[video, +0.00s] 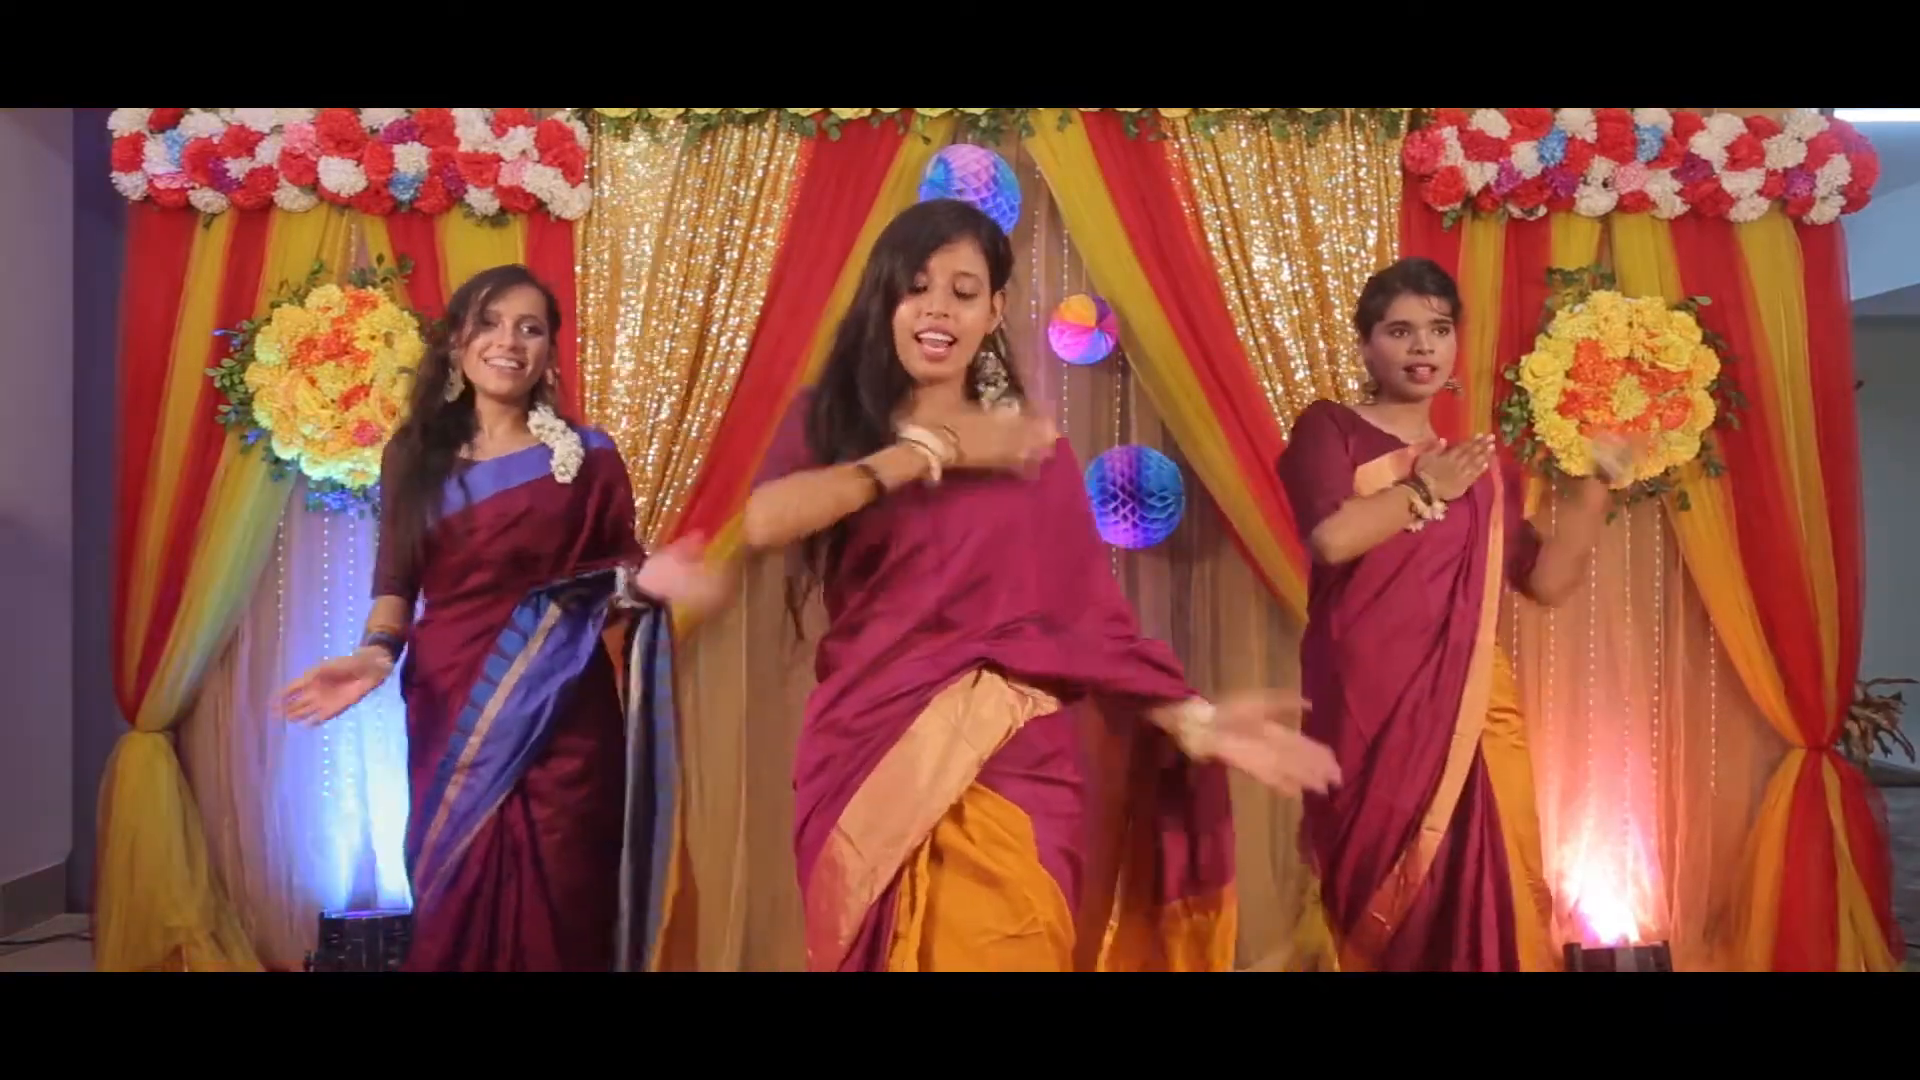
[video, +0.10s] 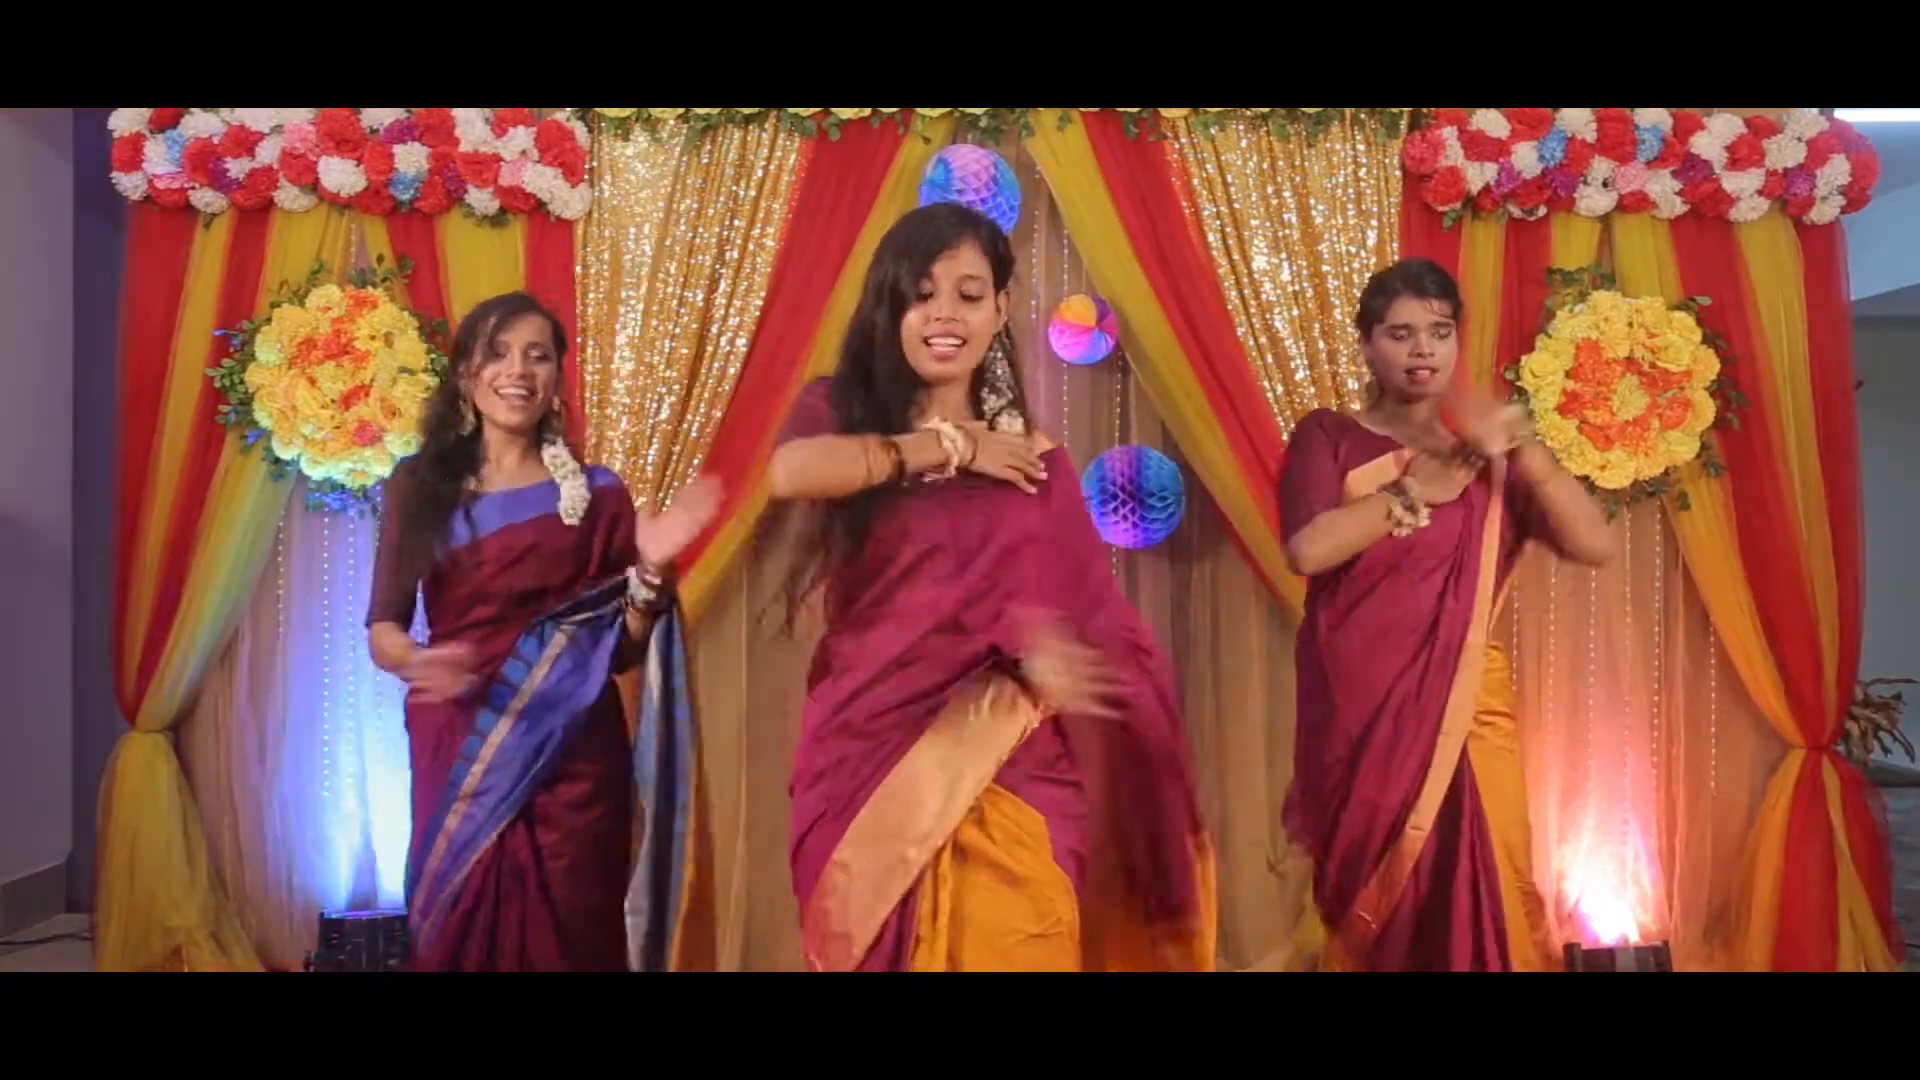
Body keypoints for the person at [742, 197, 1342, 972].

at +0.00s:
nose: (936, 310)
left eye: (963, 292)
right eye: (917, 287)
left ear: (994, 311)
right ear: (883, 300)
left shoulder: (1034, 443)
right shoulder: (835, 419)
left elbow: (1091, 615)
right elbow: (762, 522)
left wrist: (1187, 718)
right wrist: (923, 454)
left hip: (1018, 749)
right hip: (871, 747)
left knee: (1007, 947)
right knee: (876, 955)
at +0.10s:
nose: (945, 317)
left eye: (969, 296)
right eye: (922, 294)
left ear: (1002, 312)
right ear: (888, 308)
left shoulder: (1037, 460)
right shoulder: (837, 407)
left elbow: (1102, 620)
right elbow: (787, 474)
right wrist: (946, 446)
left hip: (1020, 741)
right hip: (878, 734)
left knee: (1023, 936)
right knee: (881, 940)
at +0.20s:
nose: (951, 317)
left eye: (974, 295)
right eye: (927, 299)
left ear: (1007, 312)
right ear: (894, 317)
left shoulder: (1042, 462)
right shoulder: (854, 417)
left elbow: (1120, 641)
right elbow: (766, 465)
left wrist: (966, 642)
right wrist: (947, 422)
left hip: (1004, 778)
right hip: (857, 775)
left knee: (1032, 949)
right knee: (878, 954)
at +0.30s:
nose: (949, 323)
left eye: (972, 300)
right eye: (925, 304)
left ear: (1008, 316)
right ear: (896, 323)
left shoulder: (1054, 473)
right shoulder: (844, 440)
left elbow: (1126, 655)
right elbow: (696, 532)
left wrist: (1007, 664)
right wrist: (855, 436)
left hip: (1003, 788)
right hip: (856, 779)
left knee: (1022, 951)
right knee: (869, 952)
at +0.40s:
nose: (930, 331)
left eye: (957, 306)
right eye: (909, 311)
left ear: (1003, 322)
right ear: (890, 333)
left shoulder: (1059, 471)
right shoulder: (855, 464)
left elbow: (1126, 654)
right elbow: (684, 595)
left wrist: (1064, 738)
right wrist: (804, 462)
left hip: (1006, 797)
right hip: (861, 787)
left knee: (1003, 952)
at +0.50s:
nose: (904, 331)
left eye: (932, 309)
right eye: (894, 310)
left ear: (993, 321)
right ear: (877, 323)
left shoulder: (1054, 454)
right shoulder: (859, 461)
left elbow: (1084, 662)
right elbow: (691, 552)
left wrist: (1093, 812)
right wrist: (775, 389)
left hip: (979, 803)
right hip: (837, 800)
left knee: (964, 952)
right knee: (839, 955)